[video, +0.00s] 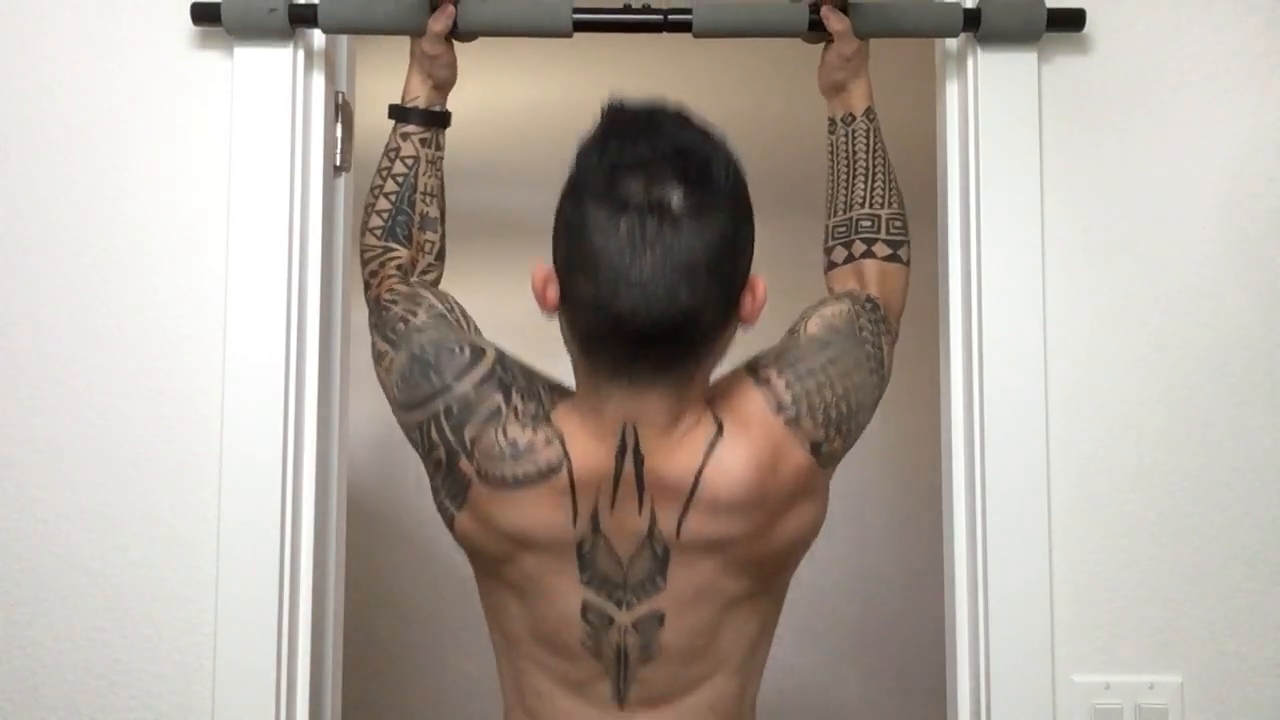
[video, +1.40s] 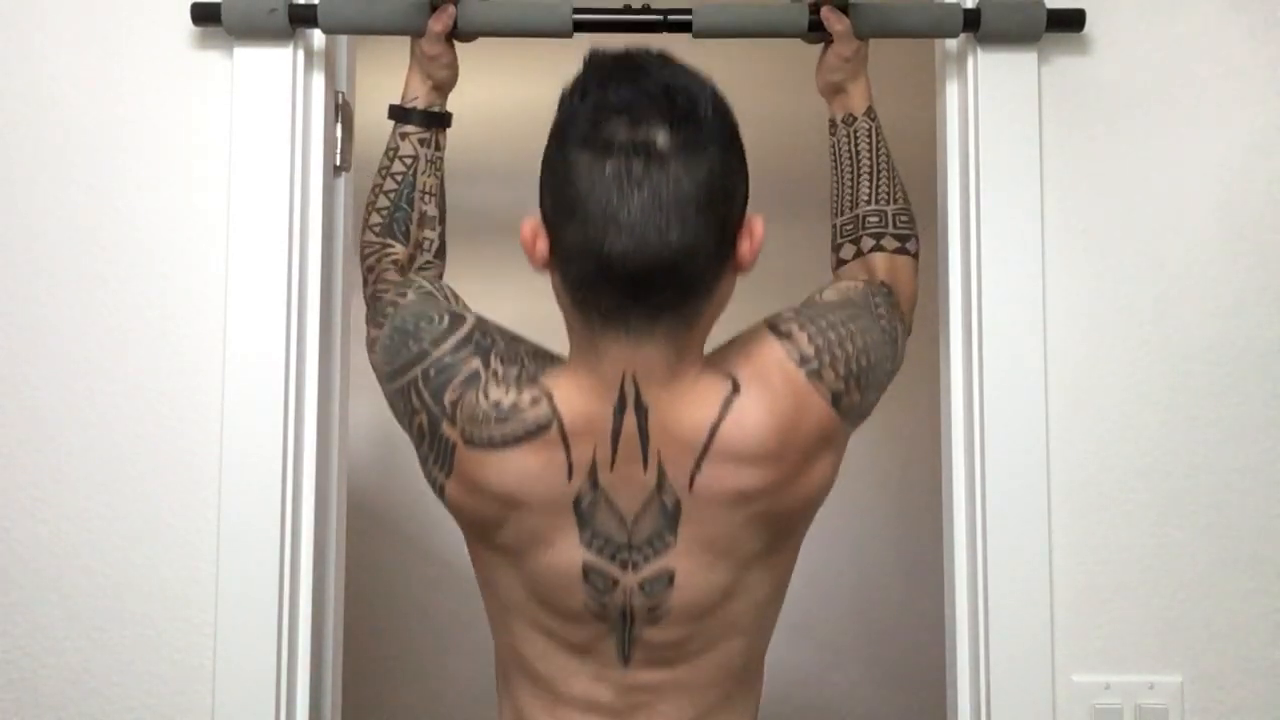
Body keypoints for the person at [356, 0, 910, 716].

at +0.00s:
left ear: (547, 295)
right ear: (750, 303)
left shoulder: (495, 453)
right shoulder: (774, 448)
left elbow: (395, 274)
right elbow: (869, 288)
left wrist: (424, 90)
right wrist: (852, 98)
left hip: (534, 714)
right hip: (717, 713)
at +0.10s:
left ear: (545, 238)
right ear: (752, 247)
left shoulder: (487, 405)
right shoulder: (782, 400)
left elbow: (388, 262)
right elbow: (877, 272)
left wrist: (422, 91)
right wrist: (851, 97)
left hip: (534, 709)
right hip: (718, 710)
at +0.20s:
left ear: (540, 168)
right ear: (752, 174)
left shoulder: (479, 348)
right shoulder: (793, 341)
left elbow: (381, 260)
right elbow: (890, 263)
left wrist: (422, 89)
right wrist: (853, 95)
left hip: (536, 704)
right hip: (712, 704)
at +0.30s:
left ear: (538, 93)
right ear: (748, 95)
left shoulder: (470, 282)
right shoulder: (797, 274)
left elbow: (369, 262)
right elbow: (903, 273)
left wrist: (420, 90)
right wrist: (854, 97)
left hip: (529, 697)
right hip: (718, 696)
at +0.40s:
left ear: (538, 24)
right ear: (745, 27)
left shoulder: (457, 207)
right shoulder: (798, 204)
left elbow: (365, 280)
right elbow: (899, 297)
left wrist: (419, 89)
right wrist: (855, 96)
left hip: (532, 673)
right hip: (719, 676)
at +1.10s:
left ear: (542, 130)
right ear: (751, 131)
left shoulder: (474, 313)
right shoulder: (801, 312)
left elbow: (379, 263)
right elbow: (898, 263)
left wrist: (422, 92)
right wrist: (853, 94)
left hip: (534, 699)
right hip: (723, 698)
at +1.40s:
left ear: (537, 246)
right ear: (747, 247)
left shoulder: (488, 424)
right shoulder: (785, 413)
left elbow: (396, 266)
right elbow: (882, 267)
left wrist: (424, 89)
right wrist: (851, 96)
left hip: (533, 711)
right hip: (722, 711)